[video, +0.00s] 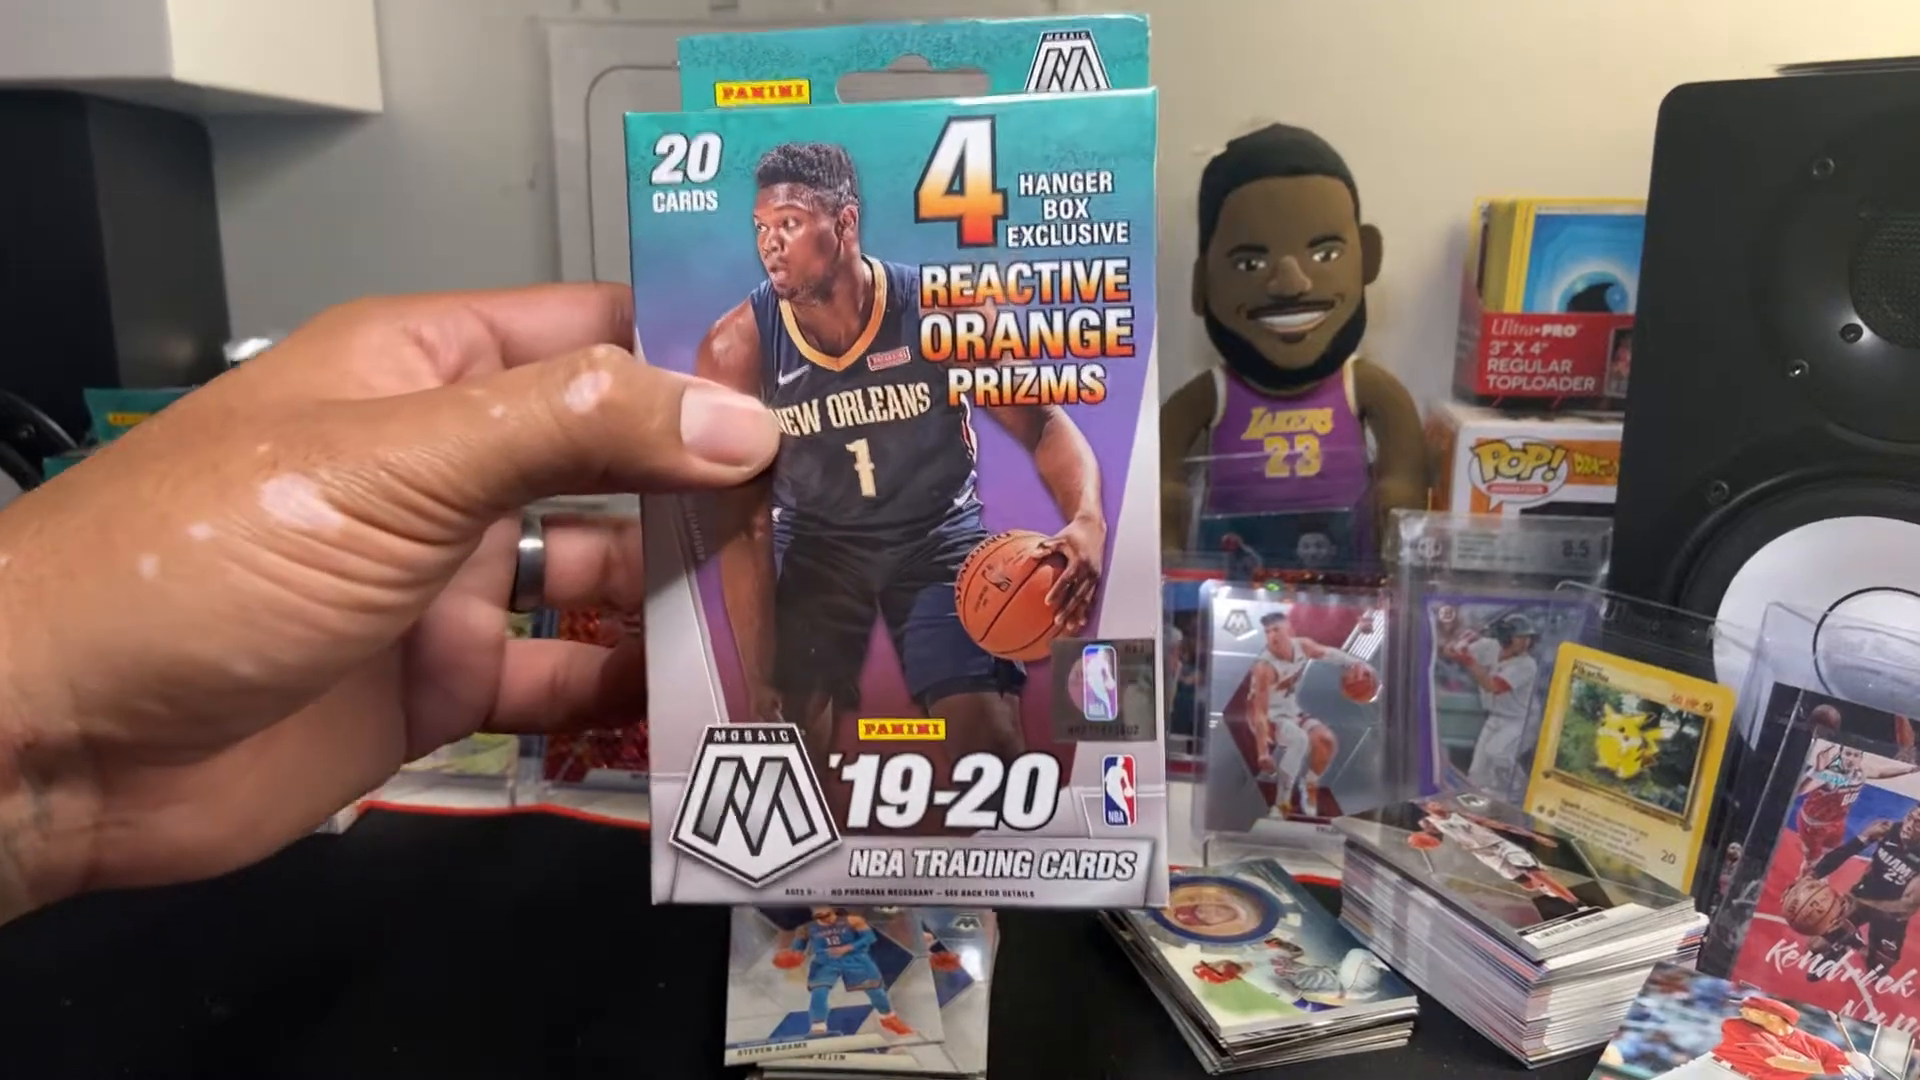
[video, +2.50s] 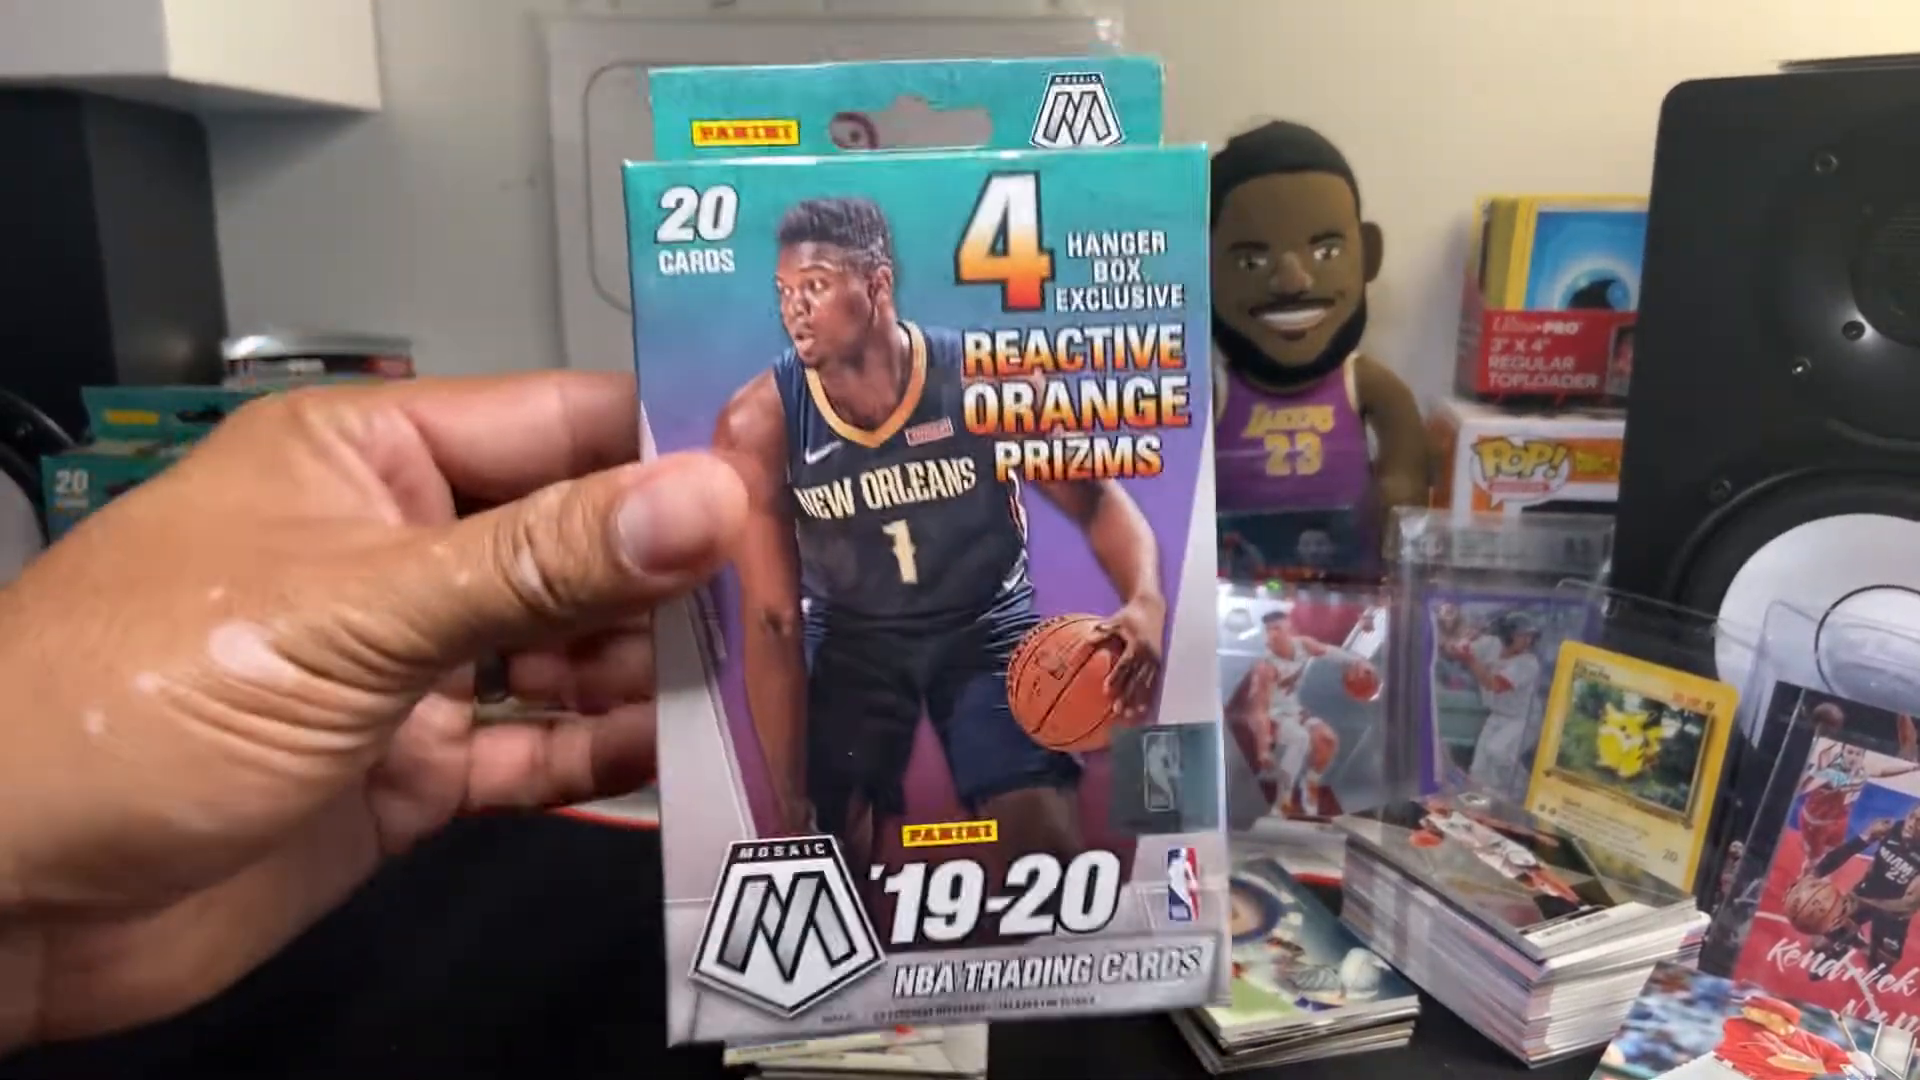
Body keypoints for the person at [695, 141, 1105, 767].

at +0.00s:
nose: (770, 245)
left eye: (789, 224)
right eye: (762, 228)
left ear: (847, 223)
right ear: (754, 234)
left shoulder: (939, 312)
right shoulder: (738, 346)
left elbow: (1041, 425)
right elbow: (742, 524)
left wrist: (1088, 519)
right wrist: (758, 688)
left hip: (940, 536)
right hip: (819, 546)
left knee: (984, 730)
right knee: (797, 735)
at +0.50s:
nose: (780, 258)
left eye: (800, 237)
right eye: (772, 242)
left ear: (862, 235)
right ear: (764, 248)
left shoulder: (957, 327)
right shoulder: (751, 361)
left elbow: (1063, 443)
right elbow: (756, 542)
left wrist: (1112, 539)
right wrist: (775, 708)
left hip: (960, 557)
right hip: (840, 568)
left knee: (1002, 750)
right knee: (825, 765)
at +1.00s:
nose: (830, 287)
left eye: (849, 264)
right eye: (821, 269)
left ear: (910, 262)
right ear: (813, 276)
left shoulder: (1008, 352)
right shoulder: (799, 393)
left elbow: (1120, 466)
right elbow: (808, 580)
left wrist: (1173, 564)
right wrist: (829, 750)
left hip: (1018, 593)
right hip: (893, 606)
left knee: (1069, 790)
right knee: (877, 809)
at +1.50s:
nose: (825, 241)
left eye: (844, 217)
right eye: (815, 221)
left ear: (908, 212)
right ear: (807, 225)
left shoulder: (1014, 307)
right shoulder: (795, 353)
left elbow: (1131, 426)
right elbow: (811, 554)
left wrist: (1183, 523)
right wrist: (832, 725)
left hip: (1024, 557)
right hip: (898, 573)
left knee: (1080, 755)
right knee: (879, 773)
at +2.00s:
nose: (811, 408)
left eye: (832, 384)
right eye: (801, 389)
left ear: (895, 387)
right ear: (791, 399)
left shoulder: (999, 487)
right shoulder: (774, 520)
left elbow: (1115, 608)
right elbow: (781, 728)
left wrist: (1162, 712)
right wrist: (790, 920)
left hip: (999, 750)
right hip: (870, 759)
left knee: (1052, 946)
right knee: (842, 963)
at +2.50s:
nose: (794, 309)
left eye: (815, 286)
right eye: (785, 291)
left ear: (879, 286)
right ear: (777, 299)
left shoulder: (982, 379)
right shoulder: (759, 423)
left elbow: (1093, 499)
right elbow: (771, 621)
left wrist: (1147, 600)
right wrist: (788, 798)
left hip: (989, 629)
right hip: (856, 643)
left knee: (1040, 840)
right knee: (829, 859)